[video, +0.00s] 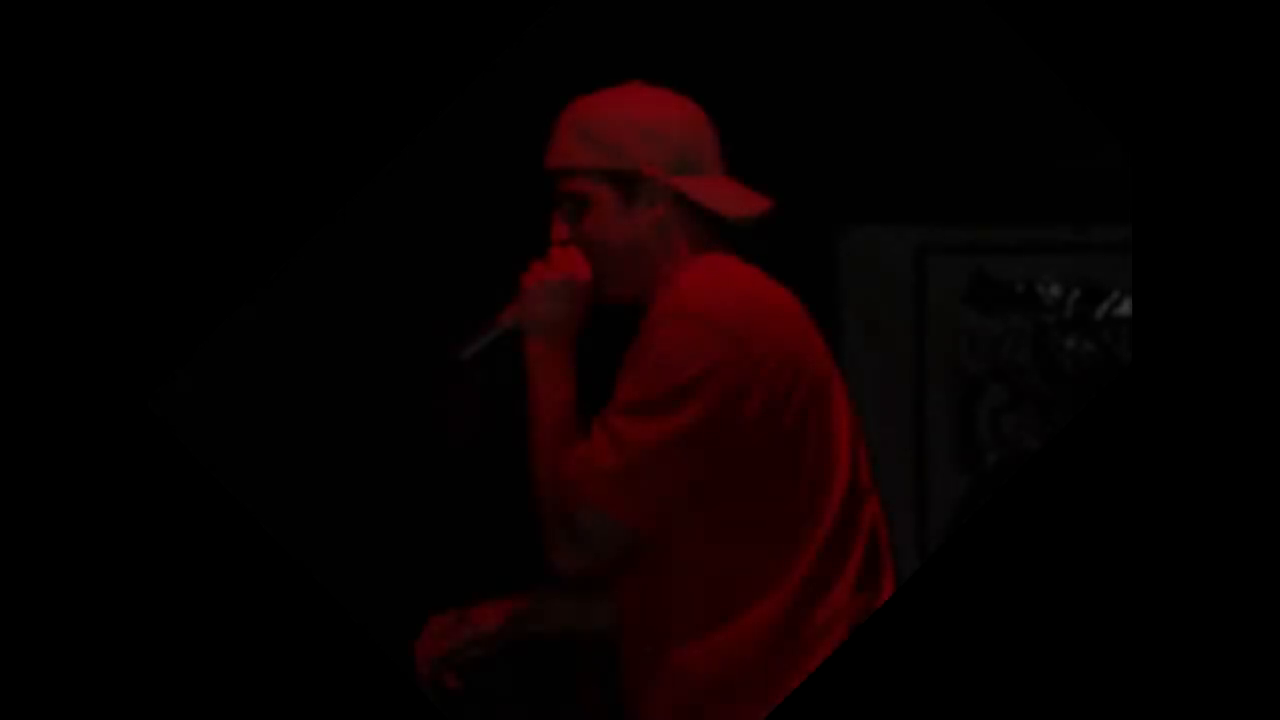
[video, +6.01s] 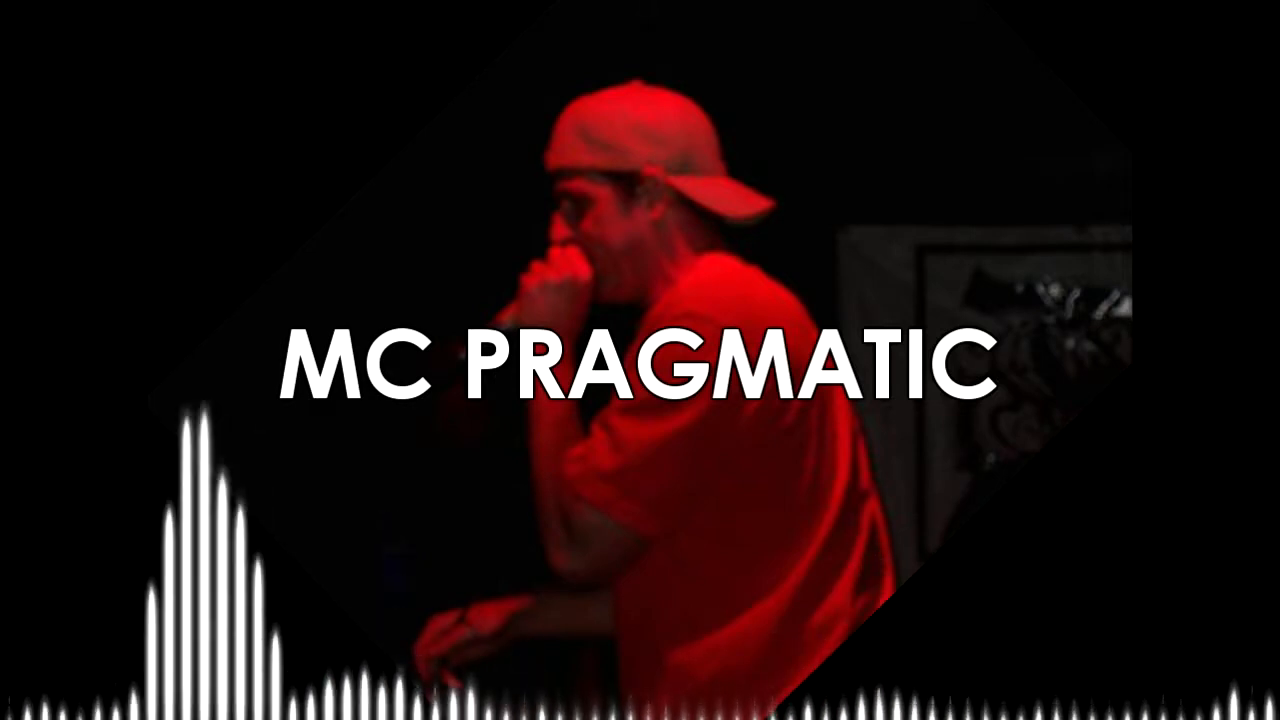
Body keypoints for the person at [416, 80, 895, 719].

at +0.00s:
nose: (560, 233)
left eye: (578, 207)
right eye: (559, 208)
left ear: (651, 203)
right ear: (646, 205)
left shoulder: (707, 315)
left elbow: (580, 533)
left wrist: (548, 345)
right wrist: (515, 625)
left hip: (737, 693)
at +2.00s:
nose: (559, 234)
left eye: (576, 206)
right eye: (559, 209)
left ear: (653, 200)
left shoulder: (705, 315)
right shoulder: (750, 305)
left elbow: (578, 543)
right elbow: (702, 576)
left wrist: (545, 346)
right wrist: (521, 621)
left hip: (732, 697)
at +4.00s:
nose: (559, 233)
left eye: (576, 206)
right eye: (559, 209)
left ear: (653, 200)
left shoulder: (707, 313)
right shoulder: (743, 304)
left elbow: (578, 543)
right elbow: (698, 579)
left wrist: (545, 349)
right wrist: (519, 620)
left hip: (738, 704)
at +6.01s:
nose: (560, 233)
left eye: (577, 206)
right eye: (559, 209)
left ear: (652, 198)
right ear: (649, 200)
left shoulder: (706, 314)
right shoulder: (746, 304)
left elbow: (577, 544)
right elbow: (698, 578)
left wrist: (546, 348)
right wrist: (518, 620)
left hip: (738, 705)